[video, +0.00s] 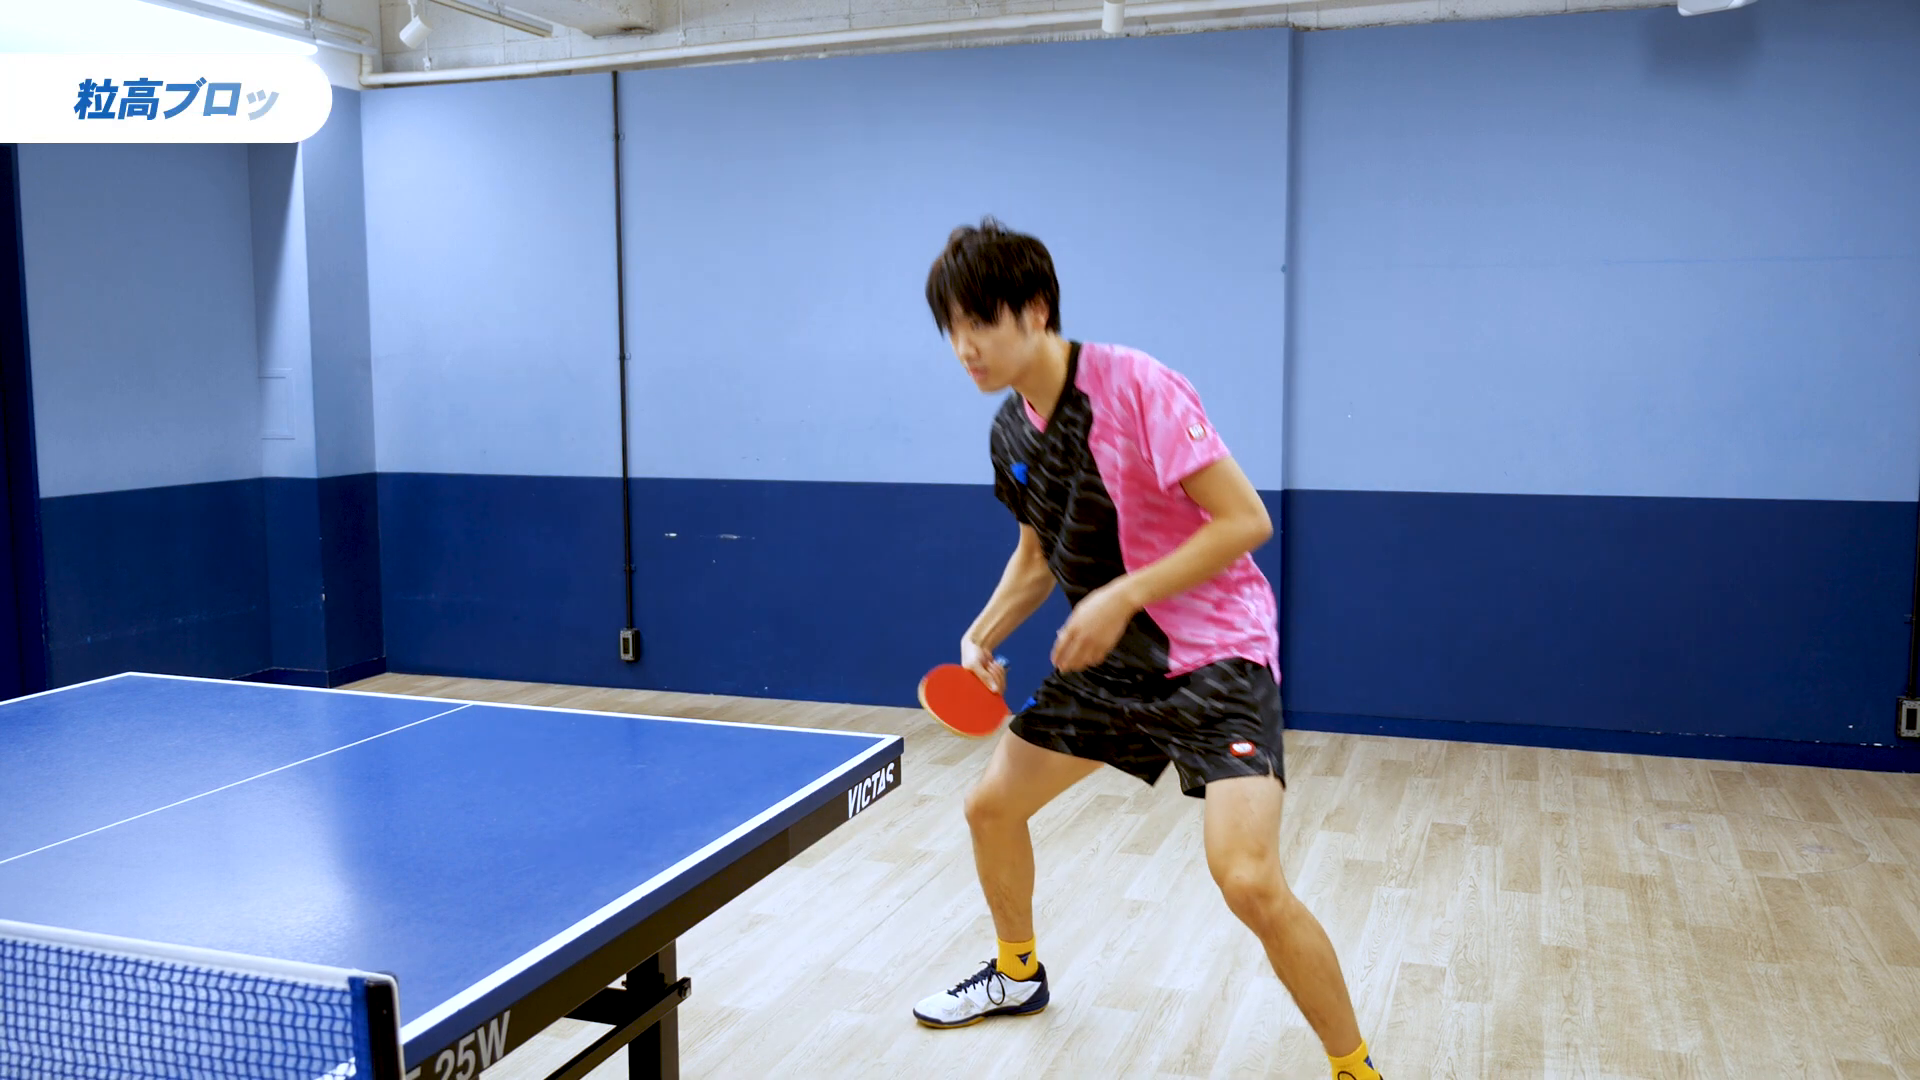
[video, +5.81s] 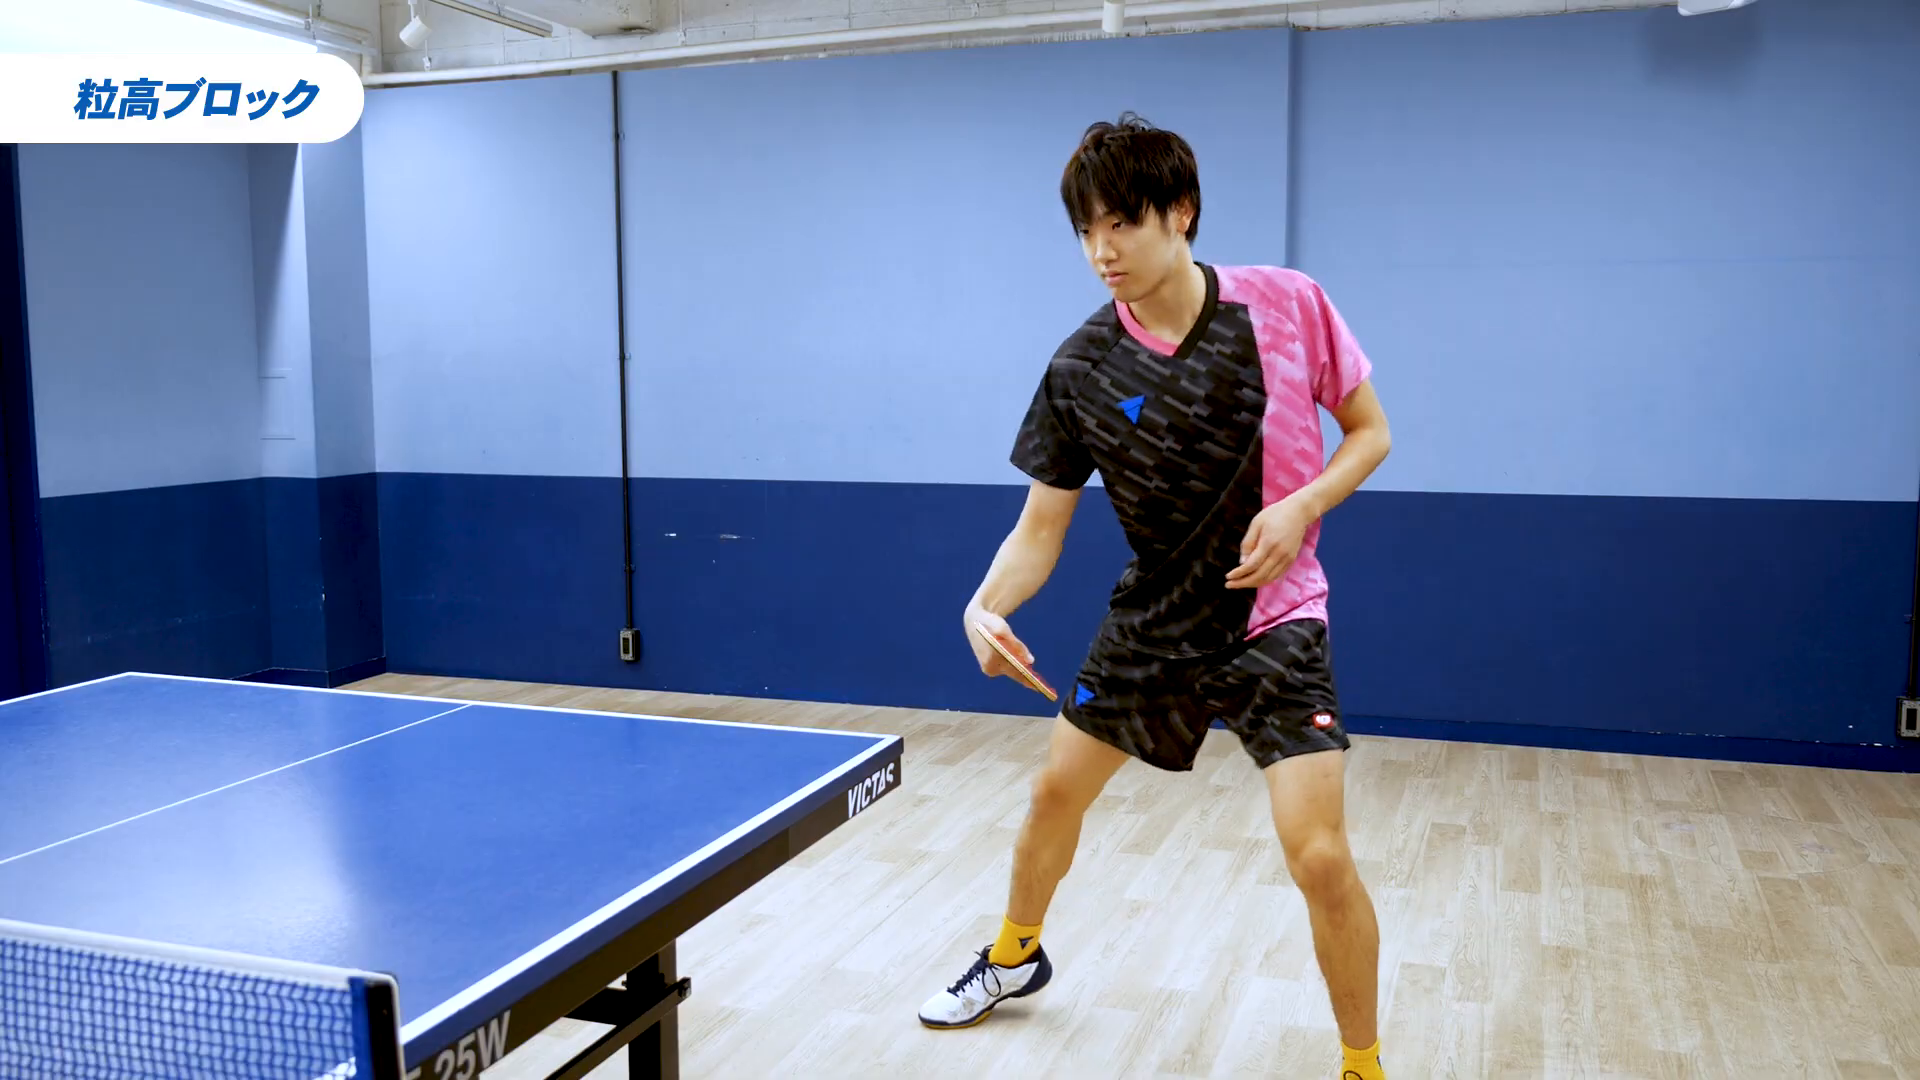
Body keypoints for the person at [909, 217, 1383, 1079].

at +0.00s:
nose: (963, 346)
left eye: (977, 321)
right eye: (952, 328)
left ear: (1036, 312)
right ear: (954, 335)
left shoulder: (1136, 385)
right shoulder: (1013, 431)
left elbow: (1246, 520)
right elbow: (1038, 554)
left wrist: (1123, 595)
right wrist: (982, 634)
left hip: (1219, 659)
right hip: (1114, 658)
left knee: (1248, 879)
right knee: (991, 806)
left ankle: (1353, 1066)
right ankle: (1016, 972)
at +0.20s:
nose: (1020, 376)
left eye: (1034, 349)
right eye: (1007, 357)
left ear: (1090, 328)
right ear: (1002, 359)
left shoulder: (1216, 384)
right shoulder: (1043, 459)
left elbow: (1325, 508)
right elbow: (1000, 584)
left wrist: (1227, 600)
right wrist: (977, 621)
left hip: (1275, 654)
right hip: (1157, 659)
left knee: (1292, 885)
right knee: (1033, 818)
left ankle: (1361, 1069)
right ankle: (1019, 973)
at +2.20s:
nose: (1014, 284)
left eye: (1032, 260)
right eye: (1002, 267)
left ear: (1089, 255)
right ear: (998, 275)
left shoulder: (1189, 344)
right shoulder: (1041, 390)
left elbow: (1283, 482)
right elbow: (1067, 527)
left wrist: (1157, 545)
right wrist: (1013, 604)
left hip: (1235, 633)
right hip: (1131, 635)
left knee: (1267, 865)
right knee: (1028, 793)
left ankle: (1358, 1065)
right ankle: (1024, 970)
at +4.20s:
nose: (1032, 293)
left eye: (1048, 266)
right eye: (1017, 276)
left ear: (1106, 251)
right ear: (1009, 285)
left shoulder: (1219, 308)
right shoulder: (1034, 410)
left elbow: (1329, 421)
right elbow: (996, 561)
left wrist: (1253, 510)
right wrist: (935, 625)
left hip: (1272, 601)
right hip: (1155, 610)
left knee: (1314, 838)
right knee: (1063, 788)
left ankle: (1364, 1055)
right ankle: (1016, 954)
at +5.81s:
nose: (1104, 248)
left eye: (1124, 221)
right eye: (1089, 230)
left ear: (1183, 216)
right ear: (1079, 238)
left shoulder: (1285, 304)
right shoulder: (1081, 369)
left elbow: (1370, 430)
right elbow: (1039, 526)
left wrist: (1302, 508)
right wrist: (982, 605)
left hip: (1275, 608)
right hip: (1156, 608)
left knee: (1321, 859)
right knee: (1055, 790)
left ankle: (1363, 1065)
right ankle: (1015, 955)